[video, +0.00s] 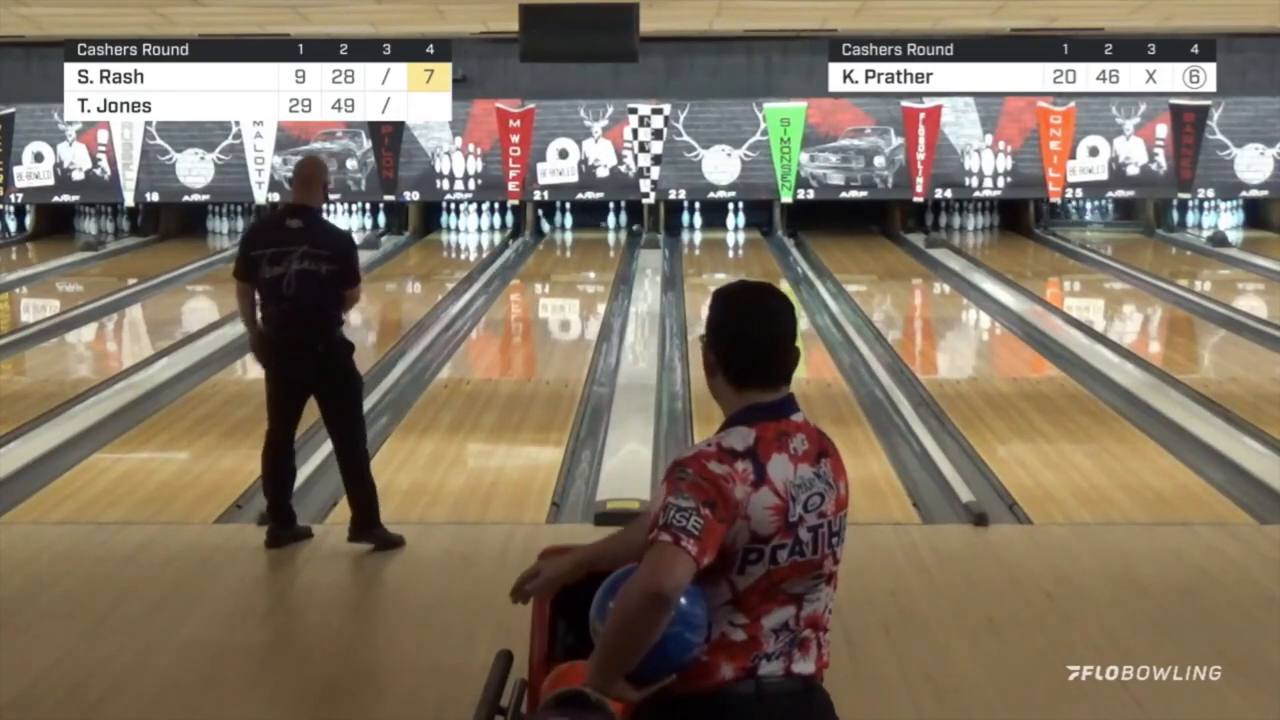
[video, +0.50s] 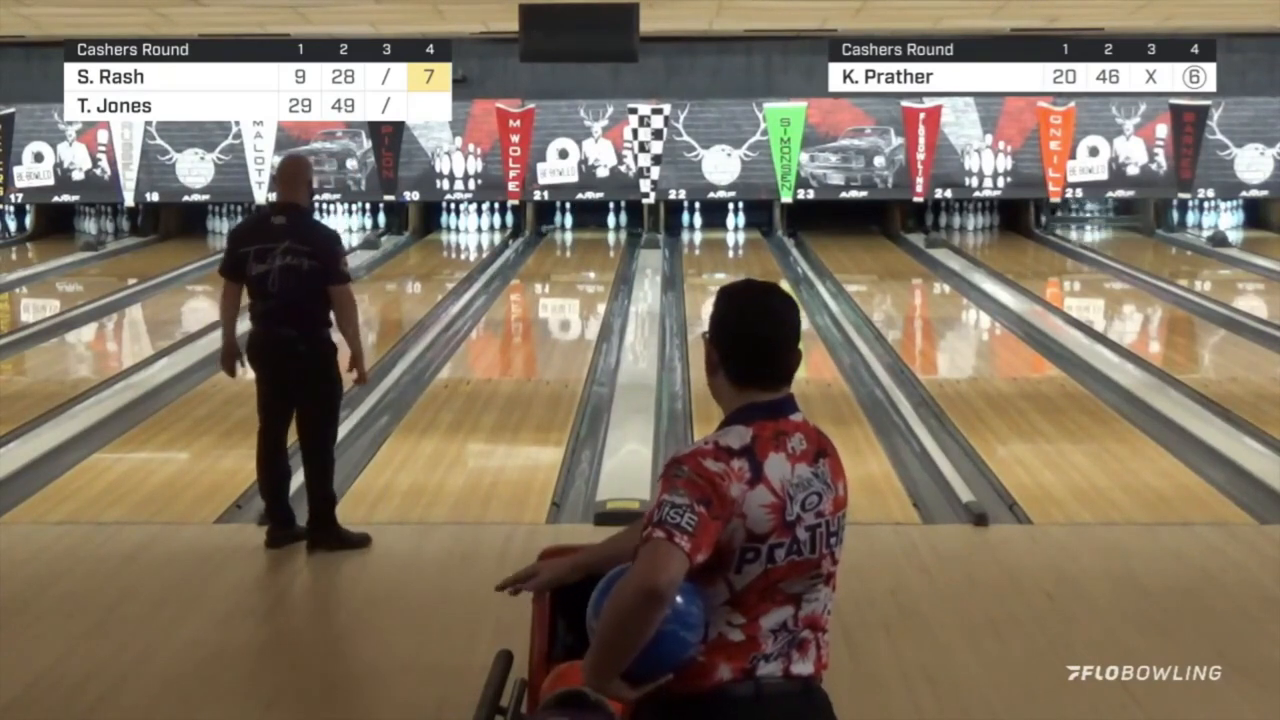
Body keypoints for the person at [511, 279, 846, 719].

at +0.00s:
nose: (702, 354)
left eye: (703, 343)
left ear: (710, 359)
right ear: (794, 358)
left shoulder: (709, 469)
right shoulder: (823, 452)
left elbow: (661, 587)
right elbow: (675, 519)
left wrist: (601, 681)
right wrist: (579, 560)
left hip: (708, 698)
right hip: (803, 693)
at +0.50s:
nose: (705, 350)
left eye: (706, 341)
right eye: (707, 340)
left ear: (712, 355)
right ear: (795, 359)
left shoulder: (706, 467)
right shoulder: (822, 453)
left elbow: (657, 582)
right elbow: (673, 522)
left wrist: (598, 678)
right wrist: (571, 565)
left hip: (706, 701)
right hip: (802, 695)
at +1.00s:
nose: (699, 348)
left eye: (701, 338)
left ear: (706, 353)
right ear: (792, 358)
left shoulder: (677, 466)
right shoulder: (837, 461)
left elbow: (615, 578)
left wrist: (579, 674)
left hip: (700, 696)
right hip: (817, 695)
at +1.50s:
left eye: (777, 345)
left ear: (778, 355)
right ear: (868, 360)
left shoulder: (726, 473)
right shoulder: (911, 467)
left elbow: (653, 602)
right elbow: (946, 586)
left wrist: (726, 616)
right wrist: (861, 590)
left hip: (746, 701)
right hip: (868, 700)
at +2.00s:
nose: (844, 366)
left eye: (845, 356)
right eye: (846, 354)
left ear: (855, 365)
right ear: (935, 363)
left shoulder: (800, 448)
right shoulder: (985, 486)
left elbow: (758, 508)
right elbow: (1045, 625)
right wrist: (971, 664)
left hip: (805, 700)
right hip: (933, 706)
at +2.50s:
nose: (864, 367)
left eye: (865, 356)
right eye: (866, 355)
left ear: (877, 367)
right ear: (953, 365)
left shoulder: (816, 448)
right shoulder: (996, 481)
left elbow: (788, 513)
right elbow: (1109, 586)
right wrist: (1046, 650)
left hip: (823, 699)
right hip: (951, 702)